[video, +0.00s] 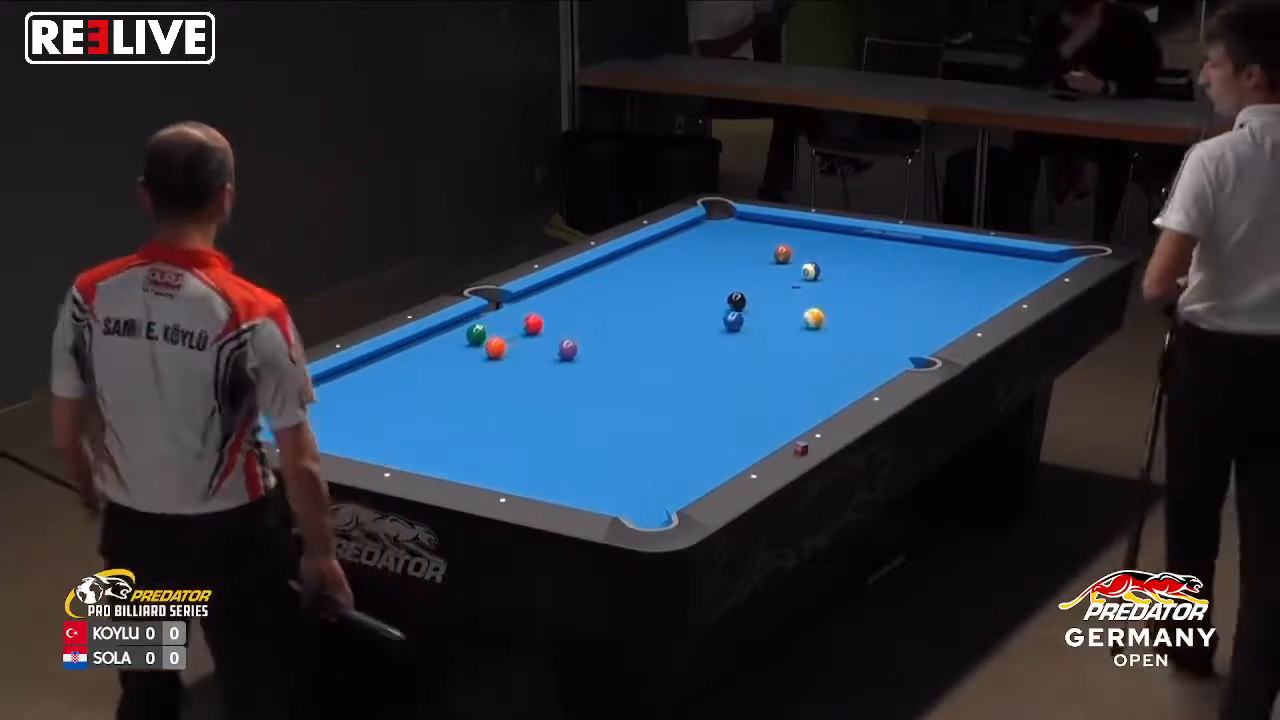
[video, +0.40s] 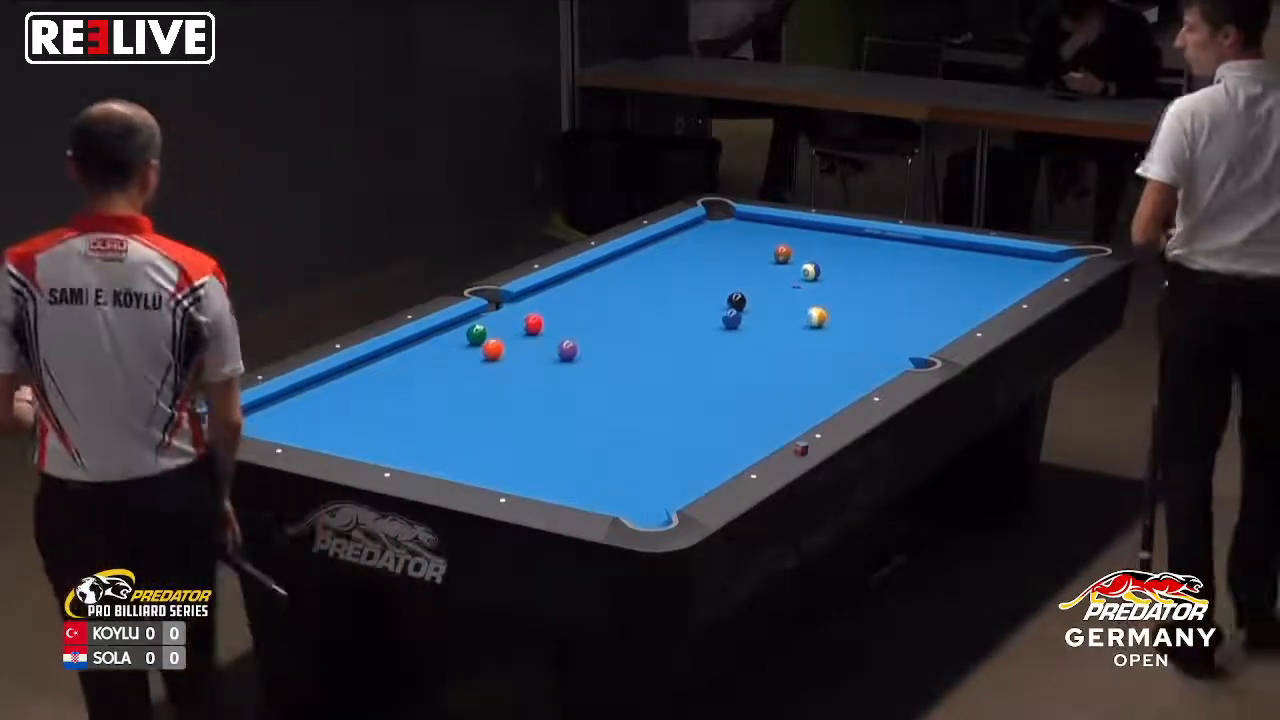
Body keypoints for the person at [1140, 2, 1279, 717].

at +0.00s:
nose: (1204, 78)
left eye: (1212, 65)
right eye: (1206, 64)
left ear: (1247, 71)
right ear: (1267, 71)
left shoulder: (1214, 159)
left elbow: (1159, 280)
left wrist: (1178, 295)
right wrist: (1185, 284)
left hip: (1215, 354)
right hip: (1277, 353)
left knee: (1194, 500)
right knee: (1273, 520)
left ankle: (1191, 648)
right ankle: (1261, 681)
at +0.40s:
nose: (1180, 39)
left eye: (1191, 27)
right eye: (1183, 26)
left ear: (1232, 37)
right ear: (1240, 37)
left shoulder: (1191, 113)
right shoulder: (1277, 101)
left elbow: (1145, 229)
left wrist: (1180, 234)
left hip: (1202, 296)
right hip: (1274, 298)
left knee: (1187, 453)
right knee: (1269, 457)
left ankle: (1191, 631)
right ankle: (1259, 612)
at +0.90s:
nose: (1194, 9)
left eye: (1205, 0)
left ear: (1242, 5)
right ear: (1255, 8)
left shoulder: (1223, 73)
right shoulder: (1273, 60)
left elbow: (1189, 188)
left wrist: (1164, 217)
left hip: (1225, 242)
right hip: (1277, 238)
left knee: (1202, 389)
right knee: (1275, 393)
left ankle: (1224, 541)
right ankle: (1271, 536)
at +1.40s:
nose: (1133, 1)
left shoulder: (1174, 53)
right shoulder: (1254, 38)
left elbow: (1190, 145)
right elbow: (1267, 134)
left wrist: (1156, 212)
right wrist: (1255, 186)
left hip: (1190, 211)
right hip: (1247, 208)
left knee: (1178, 343)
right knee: (1229, 346)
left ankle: (1186, 465)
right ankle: (1264, 482)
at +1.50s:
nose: (1120, 5)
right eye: (1118, 1)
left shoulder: (1162, 40)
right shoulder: (1226, 25)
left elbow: (1185, 135)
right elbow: (1228, 118)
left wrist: (1153, 202)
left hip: (1182, 198)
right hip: (1223, 193)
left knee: (1174, 332)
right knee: (1199, 329)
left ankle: (1187, 464)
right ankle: (1237, 443)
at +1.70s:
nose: (1087, 8)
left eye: (1088, 5)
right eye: (1087, 6)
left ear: (1102, 1)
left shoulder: (1137, 29)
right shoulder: (1165, 18)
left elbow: (1183, 116)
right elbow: (1189, 117)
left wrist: (1153, 191)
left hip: (1144, 192)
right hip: (1147, 186)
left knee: (1150, 325)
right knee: (1132, 313)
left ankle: (1189, 463)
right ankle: (1130, 421)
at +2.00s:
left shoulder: (1084, 17)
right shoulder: (1064, 22)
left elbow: (1141, 95)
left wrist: (1122, 178)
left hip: (1091, 181)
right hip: (1067, 176)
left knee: (1097, 327)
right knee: (1054, 316)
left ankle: (1163, 444)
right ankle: (1051, 417)